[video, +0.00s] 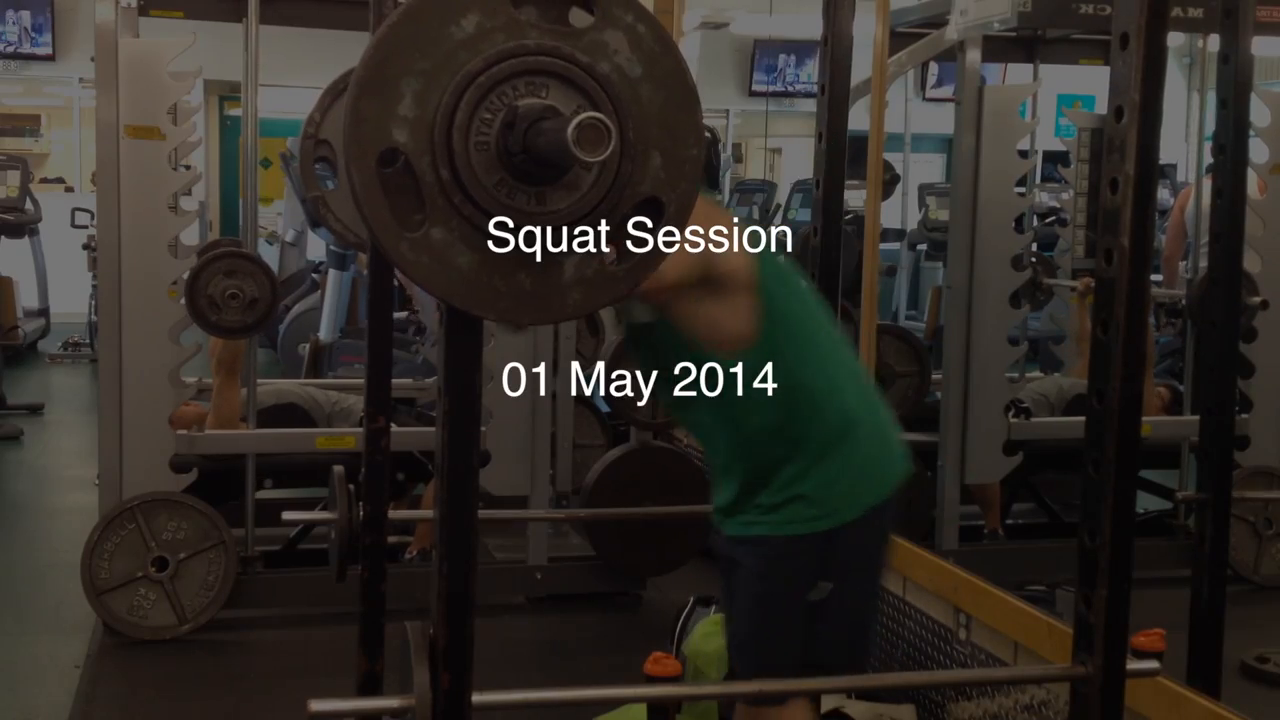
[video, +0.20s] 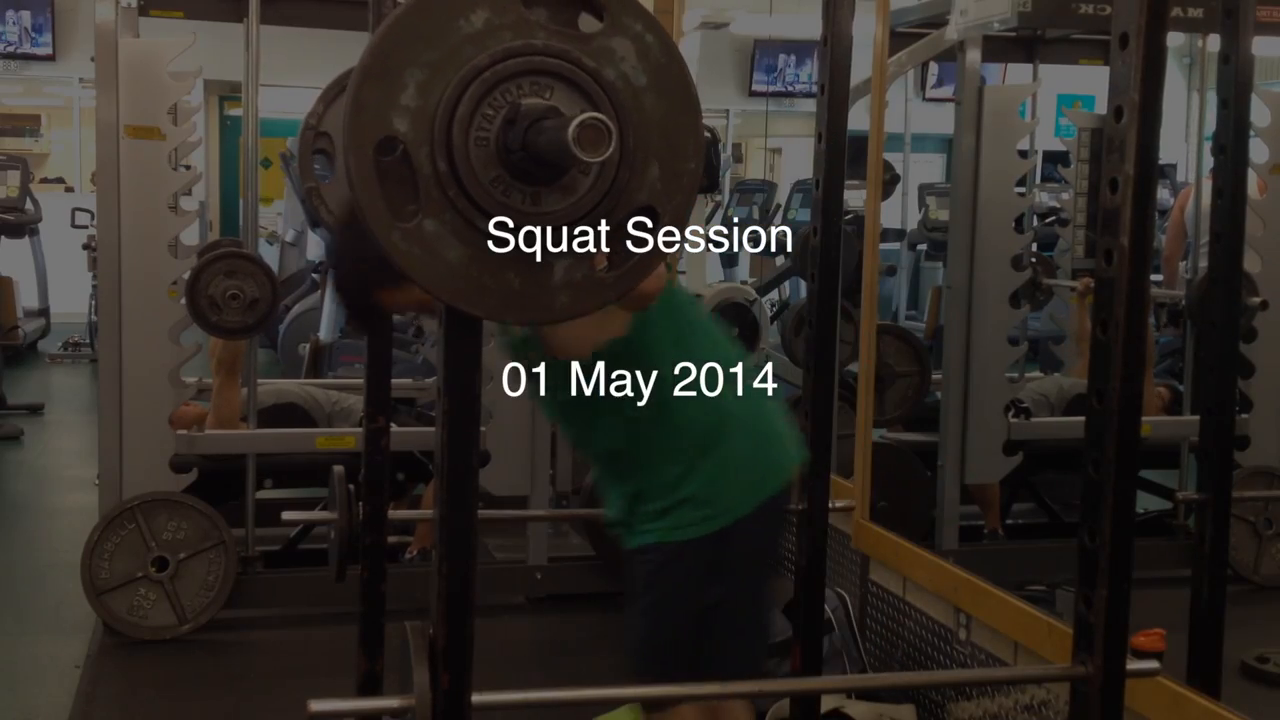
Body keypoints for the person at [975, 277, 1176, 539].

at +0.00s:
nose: (1154, 395)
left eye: (1160, 397)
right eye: (1156, 391)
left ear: (1163, 413)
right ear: (1148, 387)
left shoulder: (1144, 419)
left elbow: (1146, 364)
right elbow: (1085, 350)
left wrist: (1143, 312)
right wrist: (1081, 301)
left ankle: (993, 528)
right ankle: (992, 528)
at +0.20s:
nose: (1154, 393)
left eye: (1161, 396)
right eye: (1158, 390)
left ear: (1162, 410)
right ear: (1150, 386)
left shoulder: (1146, 420)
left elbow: (1146, 364)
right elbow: (1085, 352)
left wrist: (1143, 314)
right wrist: (1081, 301)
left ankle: (993, 528)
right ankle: (992, 527)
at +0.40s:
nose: (1156, 394)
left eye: (1163, 397)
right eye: (1159, 390)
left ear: (1163, 411)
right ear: (1148, 385)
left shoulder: (1147, 421)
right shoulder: (1106, 396)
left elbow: (1146, 363)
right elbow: (1085, 352)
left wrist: (1142, 312)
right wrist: (1080, 303)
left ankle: (993, 528)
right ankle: (992, 527)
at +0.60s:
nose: (1155, 394)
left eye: (1161, 397)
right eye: (1158, 391)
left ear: (1161, 411)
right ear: (1151, 388)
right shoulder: (1099, 391)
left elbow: (1146, 365)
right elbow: (1071, 354)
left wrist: (1143, 315)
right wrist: (1077, 305)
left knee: (982, 459)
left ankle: (993, 528)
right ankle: (992, 526)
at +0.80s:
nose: (1157, 396)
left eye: (1163, 399)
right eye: (1159, 392)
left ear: (1163, 411)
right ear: (1150, 388)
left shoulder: (1145, 418)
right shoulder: (1105, 393)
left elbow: (1145, 389)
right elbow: (1057, 370)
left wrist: (1145, 346)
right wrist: (1072, 327)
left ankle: (993, 527)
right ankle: (992, 527)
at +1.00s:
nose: (1155, 394)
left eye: (1161, 397)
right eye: (1158, 391)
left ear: (1161, 412)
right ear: (1152, 387)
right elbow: (1051, 379)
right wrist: (1070, 345)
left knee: (979, 464)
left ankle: (993, 529)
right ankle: (992, 527)